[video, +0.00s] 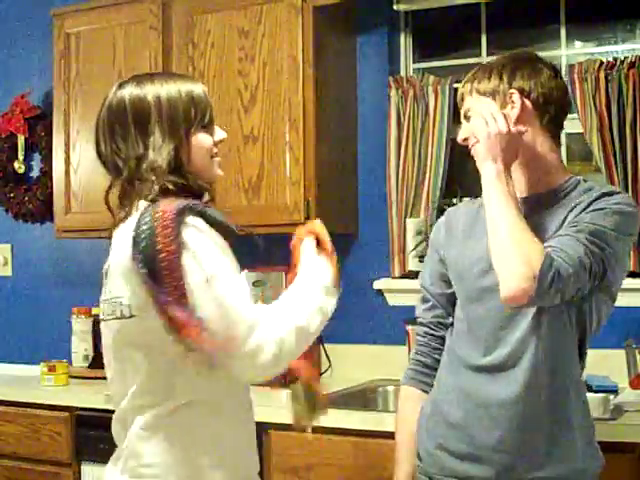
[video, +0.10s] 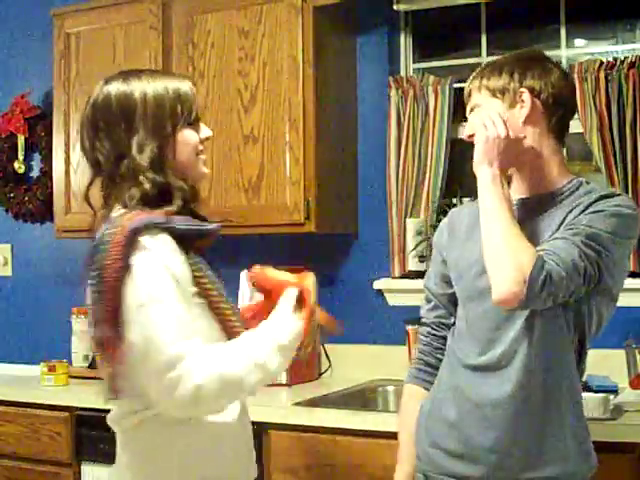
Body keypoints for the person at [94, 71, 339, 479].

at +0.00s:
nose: (220, 136)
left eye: (212, 124)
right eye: (204, 126)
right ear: (164, 139)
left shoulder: (130, 234)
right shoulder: (181, 230)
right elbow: (253, 351)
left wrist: (272, 369)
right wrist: (317, 276)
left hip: (144, 462)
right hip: (197, 466)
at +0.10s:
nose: (206, 133)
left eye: (198, 120)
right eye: (190, 122)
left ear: (151, 142)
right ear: (149, 140)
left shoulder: (156, 243)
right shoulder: (147, 250)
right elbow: (178, 386)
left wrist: (246, 324)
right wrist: (281, 335)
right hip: (180, 469)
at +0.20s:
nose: (191, 131)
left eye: (183, 118)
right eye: (173, 120)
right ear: (128, 136)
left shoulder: (174, 235)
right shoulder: (101, 259)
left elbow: (207, 343)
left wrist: (263, 298)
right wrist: (240, 375)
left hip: (229, 465)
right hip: (157, 474)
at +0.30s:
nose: (178, 127)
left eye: (170, 115)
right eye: (158, 117)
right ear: (110, 138)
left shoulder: (182, 226)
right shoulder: (71, 262)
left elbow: (219, 337)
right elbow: (56, 401)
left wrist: (286, 288)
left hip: (222, 466)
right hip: (133, 474)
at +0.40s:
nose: (172, 133)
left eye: (165, 120)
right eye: (152, 122)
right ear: (99, 143)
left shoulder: (180, 238)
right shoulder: (57, 264)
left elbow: (205, 355)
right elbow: (31, 404)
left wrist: (292, 313)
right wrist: (148, 461)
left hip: (198, 466)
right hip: (109, 473)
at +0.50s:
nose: (166, 142)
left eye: (159, 129)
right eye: (146, 131)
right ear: (91, 152)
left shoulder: (170, 250)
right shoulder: (36, 272)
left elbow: (177, 378)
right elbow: (15, 416)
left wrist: (261, 359)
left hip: (172, 470)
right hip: (88, 472)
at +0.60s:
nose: (158, 151)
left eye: (151, 138)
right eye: (139, 139)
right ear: (83, 153)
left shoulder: (157, 262)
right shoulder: (15, 279)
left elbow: (145, 395)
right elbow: (2, 424)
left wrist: (222, 403)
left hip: (143, 471)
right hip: (49, 471)